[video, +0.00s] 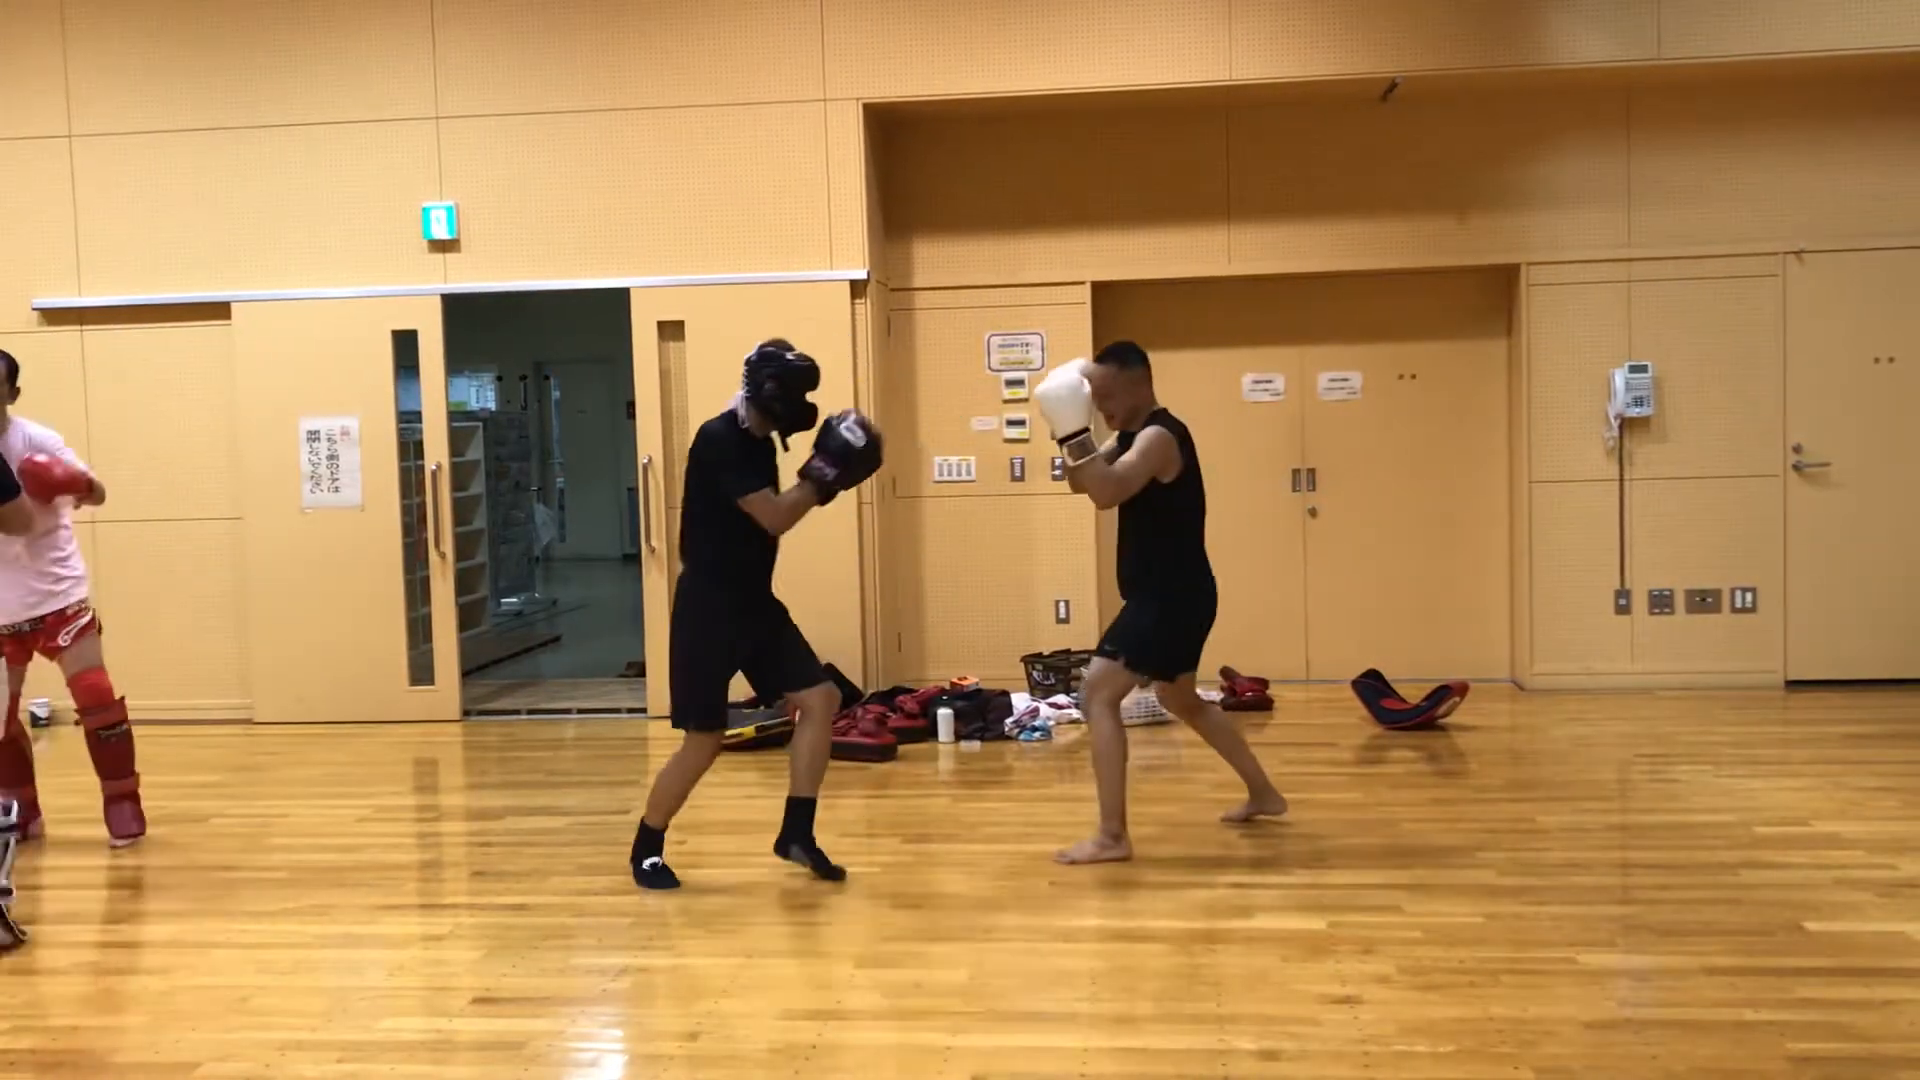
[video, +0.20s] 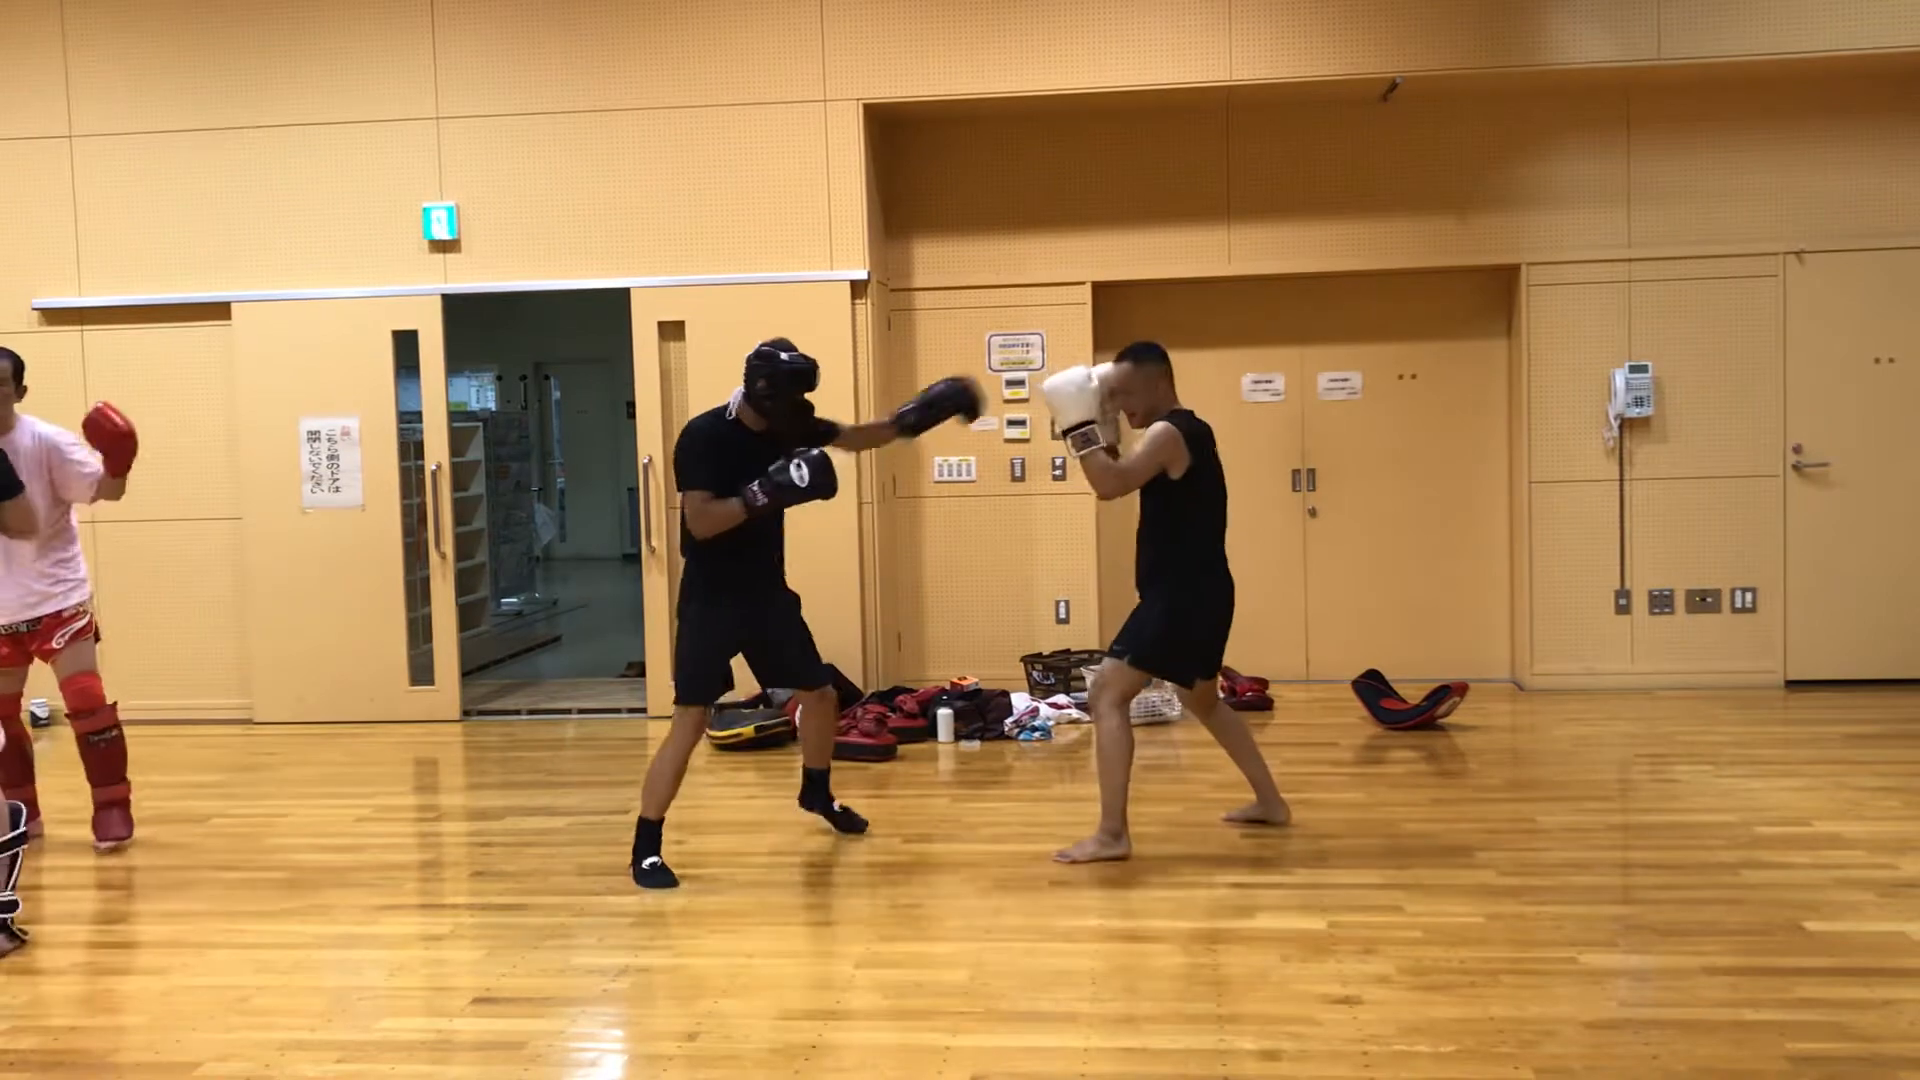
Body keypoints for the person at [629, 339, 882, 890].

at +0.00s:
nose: (782, 422)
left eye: (785, 414)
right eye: (778, 411)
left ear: (774, 402)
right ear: (759, 395)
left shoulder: (759, 440)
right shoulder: (718, 439)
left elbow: (780, 513)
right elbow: (775, 517)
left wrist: (827, 472)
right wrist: (820, 471)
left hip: (753, 604)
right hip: (706, 607)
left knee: (819, 699)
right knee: (703, 741)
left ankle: (797, 834)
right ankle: (646, 848)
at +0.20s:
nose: (799, 411)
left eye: (800, 402)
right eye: (790, 403)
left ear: (790, 395)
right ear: (759, 395)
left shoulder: (787, 427)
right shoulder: (702, 438)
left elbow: (851, 436)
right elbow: (700, 522)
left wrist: (912, 417)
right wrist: (769, 490)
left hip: (768, 597)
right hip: (709, 602)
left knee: (819, 694)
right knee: (691, 720)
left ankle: (816, 794)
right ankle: (646, 847)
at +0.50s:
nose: (821, 421)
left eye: (823, 412)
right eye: (812, 412)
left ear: (816, 411)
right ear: (780, 406)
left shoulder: (815, 440)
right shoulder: (729, 448)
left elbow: (829, 483)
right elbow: (728, 535)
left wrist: (868, 481)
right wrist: (791, 497)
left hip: (780, 599)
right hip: (724, 603)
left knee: (830, 693)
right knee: (704, 716)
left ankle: (818, 804)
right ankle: (645, 819)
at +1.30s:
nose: (838, 413)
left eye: (839, 404)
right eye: (829, 405)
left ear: (828, 405)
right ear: (798, 401)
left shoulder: (827, 447)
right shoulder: (750, 445)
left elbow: (877, 489)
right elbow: (726, 522)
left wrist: (911, 456)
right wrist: (779, 488)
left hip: (801, 602)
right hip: (747, 606)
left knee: (863, 688)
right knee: (713, 719)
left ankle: (881, 802)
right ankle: (643, 813)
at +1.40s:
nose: (870, 415)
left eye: (873, 407)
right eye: (864, 405)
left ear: (842, 405)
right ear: (836, 402)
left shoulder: (834, 450)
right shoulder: (799, 433)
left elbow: (839, 528)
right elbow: (812, 482)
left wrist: (882, 502)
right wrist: (868, 449)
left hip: (809, 595)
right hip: (765, 597)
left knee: (869, 685)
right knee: (754, 719)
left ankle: (882, 801)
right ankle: (679, 807)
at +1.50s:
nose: (887, 419)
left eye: (888, 411)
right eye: (883, 410)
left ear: (847, 403)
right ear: (857, 402)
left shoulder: (834, 457)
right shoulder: (819, 428)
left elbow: (825, 543)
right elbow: (896, 433)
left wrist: (881, 519)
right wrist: (959, 414)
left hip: (817, 594)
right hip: (777, 594)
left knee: (882, 684)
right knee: (752, 716)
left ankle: (881, 802)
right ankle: (673, 810)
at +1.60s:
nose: (914, 417)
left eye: (917, 410)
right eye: (911, 409)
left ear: (881, 399)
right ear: (889, 403)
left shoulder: (881, 463)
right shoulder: (838, 416)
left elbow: (892, 536)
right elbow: (893, 429)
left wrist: (935, 500)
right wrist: (960, 407)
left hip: (835, 586)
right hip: (788, 580)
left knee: (892, 684)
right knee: (752, 697)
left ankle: (883, 803)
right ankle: (681, 806)